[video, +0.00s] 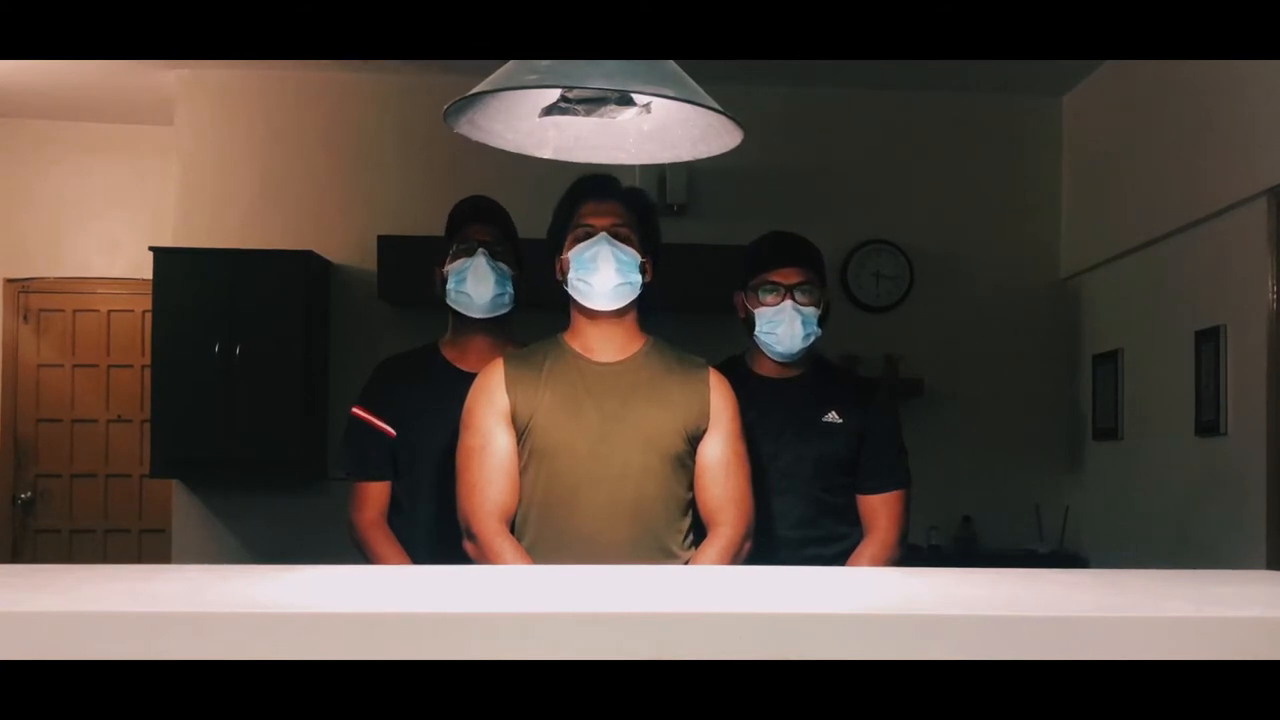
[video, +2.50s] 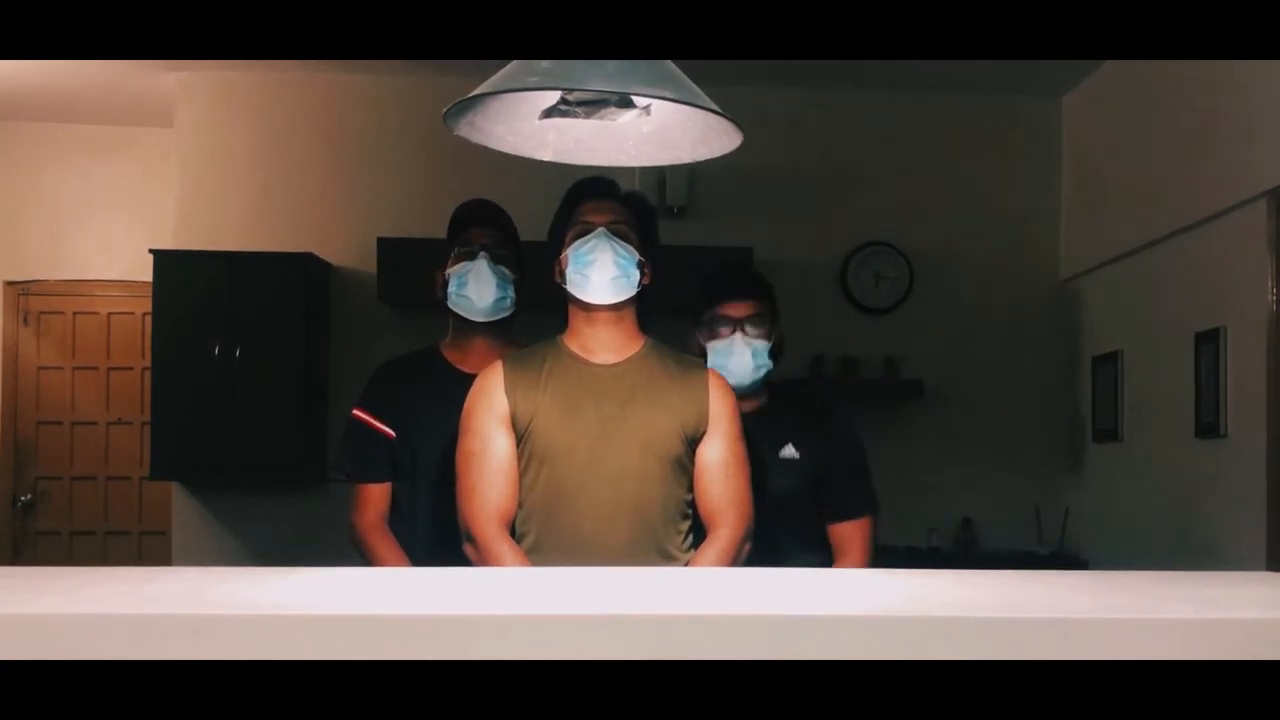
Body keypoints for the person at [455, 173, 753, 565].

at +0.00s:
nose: (602, 247)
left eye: (620, 236)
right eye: (585, 236)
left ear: (645, 268)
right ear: (561, 266)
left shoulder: (704, 388)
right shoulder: (503, 382)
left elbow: (731, 531)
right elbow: (483, 531)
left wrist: (669, 616)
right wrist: (553, 616)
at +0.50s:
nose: (602, 242)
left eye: (620, 234)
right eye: (585, 232)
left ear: (645, 268)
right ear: (562, 264)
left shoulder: (703, 389)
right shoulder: (503, 382)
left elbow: (731, 531)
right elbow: (484, 531)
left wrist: (668, 615)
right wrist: (553, 616)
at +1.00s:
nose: (603, 239)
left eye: (621, 231)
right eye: (585, 230)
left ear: (646, 267)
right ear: (562, 261)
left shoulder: (704, 388)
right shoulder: (502, 381)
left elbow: (731, 531)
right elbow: (483, 531)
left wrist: (667, 615)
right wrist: (552, 615)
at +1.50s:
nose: (603, 240)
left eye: (621, 233)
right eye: (586, 231)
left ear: (647, 267)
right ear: (562, 262)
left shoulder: (705, 388)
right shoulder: (503, 381)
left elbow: (731, 531)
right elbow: (483, 529)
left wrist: (667, 615)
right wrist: (549, 616)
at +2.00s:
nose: (601, 242)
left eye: (619, 233)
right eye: (583, 233)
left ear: (644, 268)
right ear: (559, 264)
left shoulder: (703, 389)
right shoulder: (502, 383)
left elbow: (730, 530)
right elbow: (484, 532)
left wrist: (667, 616)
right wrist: (553, 617)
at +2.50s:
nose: (601, 244)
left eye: (619, 235)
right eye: (583, 235)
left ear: (644, 269)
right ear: (560, 266)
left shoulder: (703, 390)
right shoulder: (503, 384)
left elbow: (730, 531)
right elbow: (485, 533)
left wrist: (667, 617)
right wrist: (554, 623)